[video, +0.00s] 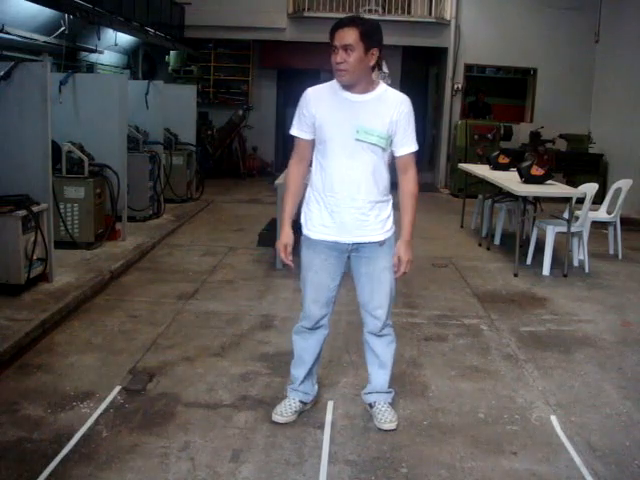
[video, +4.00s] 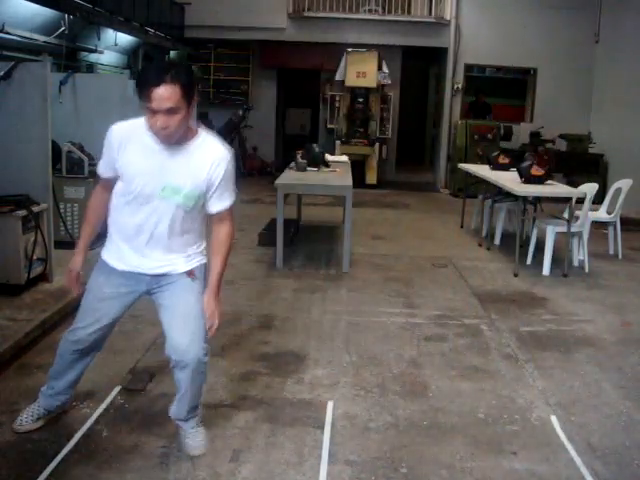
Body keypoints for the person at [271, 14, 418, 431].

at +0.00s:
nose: (337, 56)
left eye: (347, 49)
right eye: (334, 49)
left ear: (373, 55)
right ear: (331, 52)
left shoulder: (396, 105)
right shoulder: (315, 98)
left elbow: (407, 175)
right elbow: (298, 164)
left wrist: (405, 239)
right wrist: (286, 224)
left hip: (375, 235)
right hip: (320, 232)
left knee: (378, 322)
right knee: (312, 318)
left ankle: (380, 396)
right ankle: (300, 391)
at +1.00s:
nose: (330, 72)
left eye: (339, 63)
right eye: (326, 64)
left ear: (364, 64)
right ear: (323, 64)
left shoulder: (389, 115)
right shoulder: (305, 105)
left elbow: (394, 185)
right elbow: (288, 169)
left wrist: (392, 250)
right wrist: (280, 230)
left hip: (363, 241)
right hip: (306, 237)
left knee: (378, 321)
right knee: (290, 319)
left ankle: (380, 394)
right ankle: (296, 389)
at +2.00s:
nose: (244, 88)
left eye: (251, 78)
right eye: (235, 79)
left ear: (258, 71)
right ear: (211, 72)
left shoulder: (275, 111)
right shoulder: (181, 102)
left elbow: (287, 164)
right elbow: (155, 152)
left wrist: (276, 225)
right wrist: (134, 213)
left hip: (241, 239)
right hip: (186, 229)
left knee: (217, 324)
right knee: (155, 307)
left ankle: (193, 394)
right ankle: (151, 383)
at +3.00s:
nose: (463, 86)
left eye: (472, 76)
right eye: (457, 76)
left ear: (501, 70)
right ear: (449, 70)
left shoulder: (531, 113)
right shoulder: (434, 105)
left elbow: (552, 168)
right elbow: (409, 149)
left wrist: (556, 235)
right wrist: (411, 211)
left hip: (510, 252)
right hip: (449, 251)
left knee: (540, 339)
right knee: (457, 341)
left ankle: (568, 418)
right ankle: (469, 417)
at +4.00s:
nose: (161, 122)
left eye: (171, 111)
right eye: (153, 111)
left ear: (192, 106)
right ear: (143, 105)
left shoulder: (216, 156)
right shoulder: (121, 136)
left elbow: (222, 223)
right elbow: (102, 190)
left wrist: (212, 290)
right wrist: (80, 251)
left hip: (179, 272)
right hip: (119, 264)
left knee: (191, 353)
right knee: (80, 337)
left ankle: (188, 417)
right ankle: (50, 402)